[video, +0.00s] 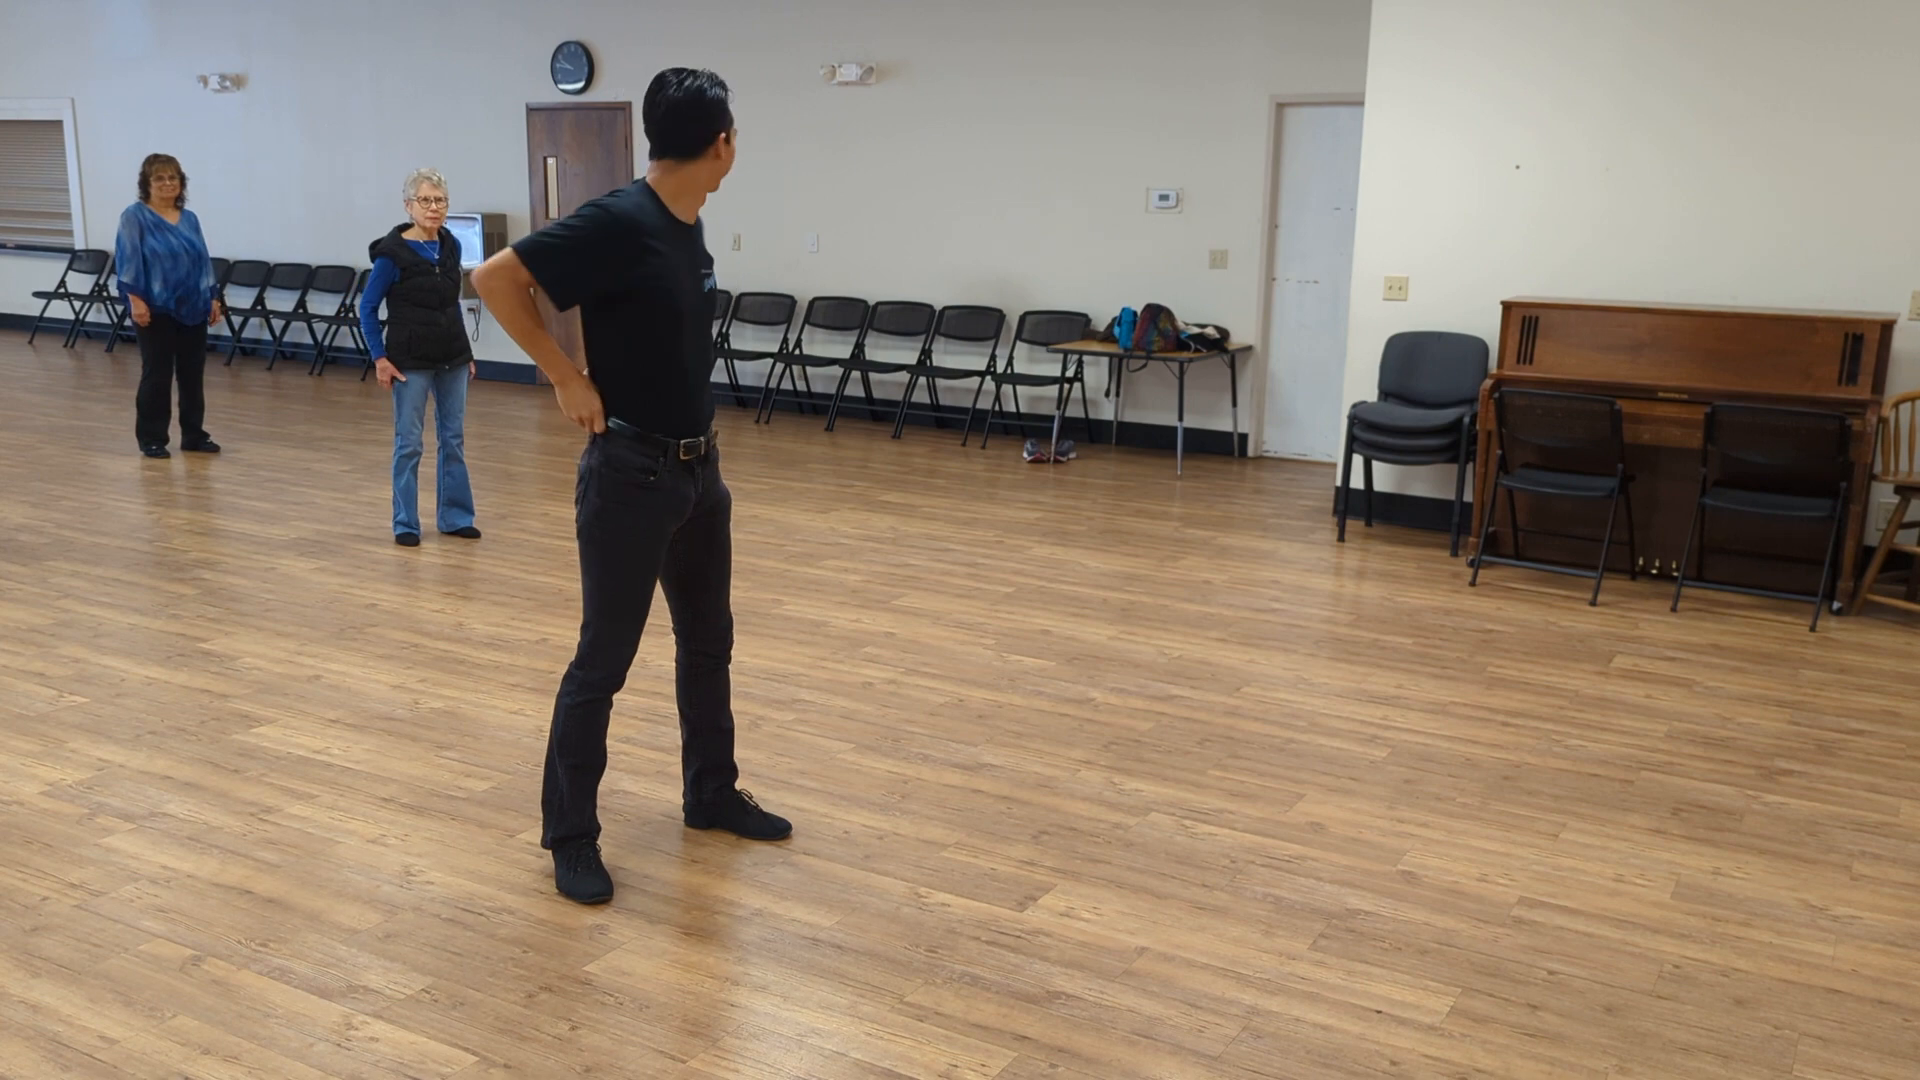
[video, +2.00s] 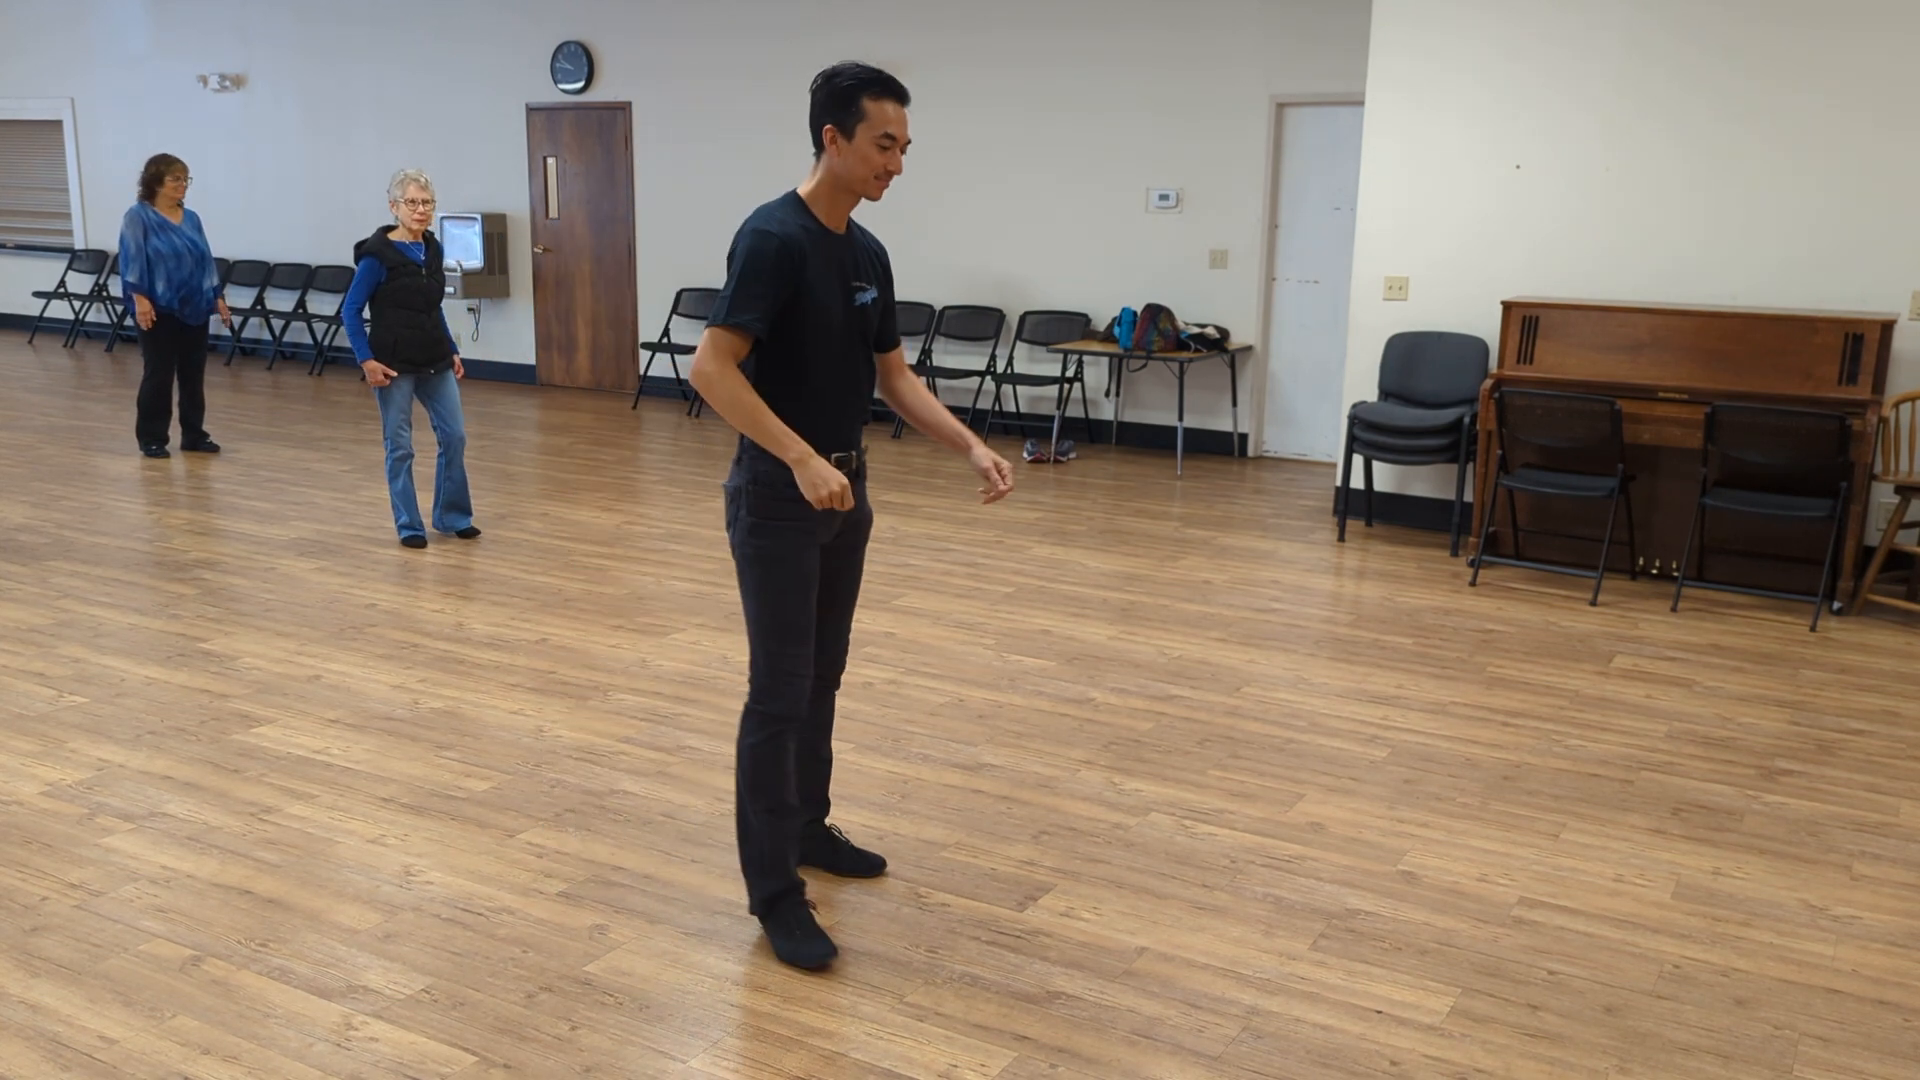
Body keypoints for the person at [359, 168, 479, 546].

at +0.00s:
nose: (434, 207)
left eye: (440, 201)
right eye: (426, 201)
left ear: (447, 205)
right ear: (410, 205)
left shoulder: (450, 246)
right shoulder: (394, 251)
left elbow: (452, 305)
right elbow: (367, 307)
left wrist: (466, 353)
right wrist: (379, 357)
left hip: (453, 357)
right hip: (410, 359)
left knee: (453, 441)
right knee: (409, 444)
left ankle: (455, 518)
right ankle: (406, 524)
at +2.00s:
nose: (422, 210)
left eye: (427, 203)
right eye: (413, 203)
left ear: (433, 207)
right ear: (395, 206)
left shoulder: (432, 249)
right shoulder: (379, 253)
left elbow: (433, 307)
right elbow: (350, 310)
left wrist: (451, 351)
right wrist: (366, 360)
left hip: (436, 361)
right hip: (393, 364)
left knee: (454, 435)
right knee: (400, 447)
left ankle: (452, 517)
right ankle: (409, 526)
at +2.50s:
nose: (433, 206)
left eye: (439, 199)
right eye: (424, 200)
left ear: (445, 203)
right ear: (406, 205)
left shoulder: (448, 246)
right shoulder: (393, 252)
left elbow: (451, 304)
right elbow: (367, 309)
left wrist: (471, 348)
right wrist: (382, 359)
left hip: (454, 357)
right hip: (411, 360)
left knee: (457, 441)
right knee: (411, 446)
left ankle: (464, 521)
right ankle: (411, 526)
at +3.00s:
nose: (449, 205)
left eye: (455, 198)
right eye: (440, 199)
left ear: (461, 202)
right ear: (424, 204)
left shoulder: (466, 247)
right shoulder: (409, 251)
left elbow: (470, 305)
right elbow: (388, 310)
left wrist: (493, 350)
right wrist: (395, 361)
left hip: (469, 358)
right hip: (427, 360)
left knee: (464, 442)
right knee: (420, 446)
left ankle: (464, 521)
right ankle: (411, 526)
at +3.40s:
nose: (458, 209)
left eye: (464, 202)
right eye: (449, 203)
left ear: (471, 206)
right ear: (433, 208)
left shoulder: (474, 248)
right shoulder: (419, 254)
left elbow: (480, 306)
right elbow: (400, 314)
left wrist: (503, 353)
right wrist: (409, 366)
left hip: (480, 358)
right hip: (440, 362)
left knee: (471, 442)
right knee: (450, 442)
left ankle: (465, 521)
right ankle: (425, 521)